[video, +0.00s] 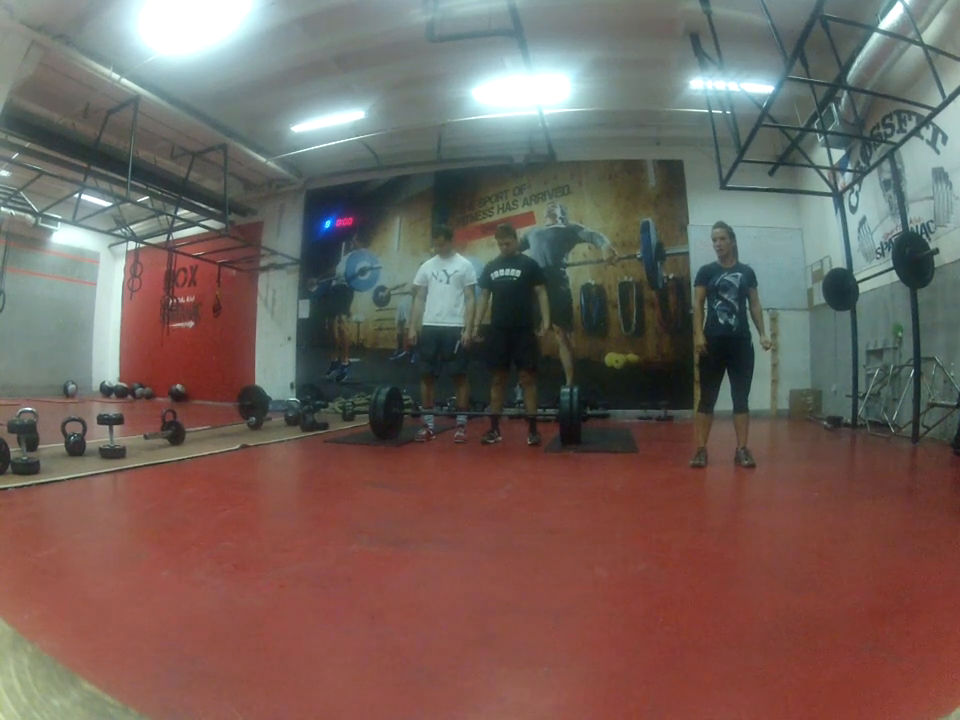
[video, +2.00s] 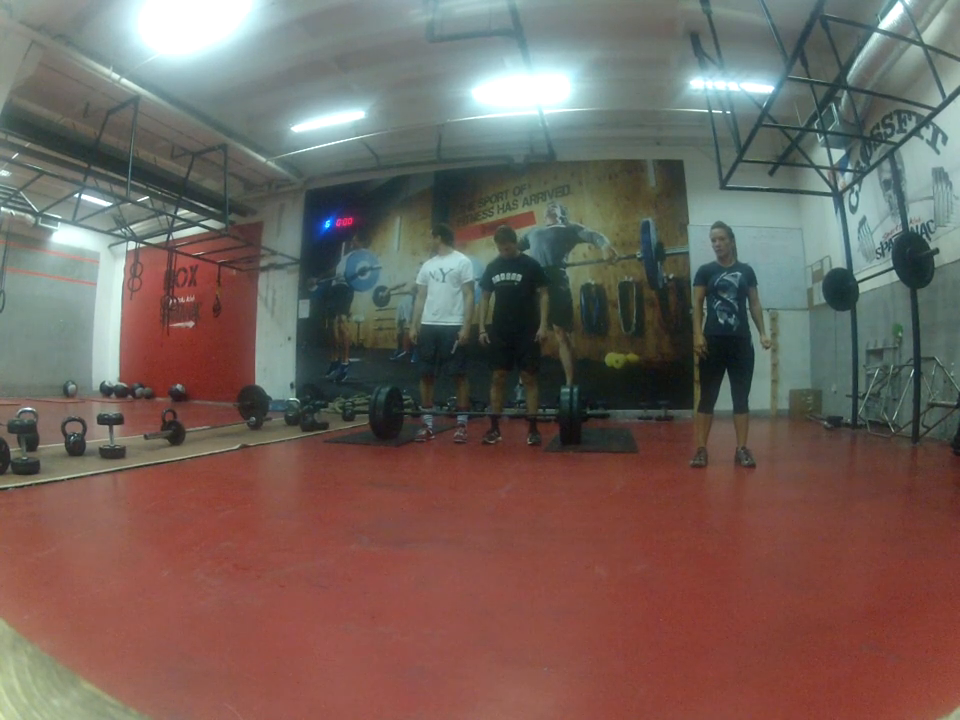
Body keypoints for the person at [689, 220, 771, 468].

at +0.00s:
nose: (718, 244)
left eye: (722, 239)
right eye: (715, 240)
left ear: (733, 242)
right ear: (712, 244)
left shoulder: (746, 272)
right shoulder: (706, 272)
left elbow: (754, 305)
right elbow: (698, 305)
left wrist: (762, 333)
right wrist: (698, 335)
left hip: (740, 343)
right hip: (712, 343)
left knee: (740, 400)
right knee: (707, 399)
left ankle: (742, 449)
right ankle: (700, 450)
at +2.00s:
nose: (717, 244)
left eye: (721, 239)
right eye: (714, 240)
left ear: (732, 241)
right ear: (710, 244)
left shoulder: (746, 271)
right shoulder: (705, 272)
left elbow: (754, 304)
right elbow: (697, 306)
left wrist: (762, 333)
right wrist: (698, 335)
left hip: (740, 343)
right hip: (712, 342)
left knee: (741, 399)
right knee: (707, 399)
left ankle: (742, 449)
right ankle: (701, 450)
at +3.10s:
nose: (718, 244)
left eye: (722, 239)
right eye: (714, 240)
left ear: (732, 241)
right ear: (711, 244)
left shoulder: (745, 272)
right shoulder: (705, 272)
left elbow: (754, 305)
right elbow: (697, 307)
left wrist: (761, 334)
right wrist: (698, 336)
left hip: (740, 343)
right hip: (712, 343)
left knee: (740, 401)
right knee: (707, 400)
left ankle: (742, 449)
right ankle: (701, 450)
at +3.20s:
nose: (718, 244)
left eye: (722, 239)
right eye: (714, 240)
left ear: (732, 241)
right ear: (711, 244)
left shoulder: (745, 272)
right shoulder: (705, 272)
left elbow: (754, 305)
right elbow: (697, 307)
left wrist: (761, 334)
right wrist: (698, 336)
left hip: (740, 343)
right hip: (712, 343)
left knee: (740, 400)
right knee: (707, 400)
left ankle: (742, 449)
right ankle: (701, 450)